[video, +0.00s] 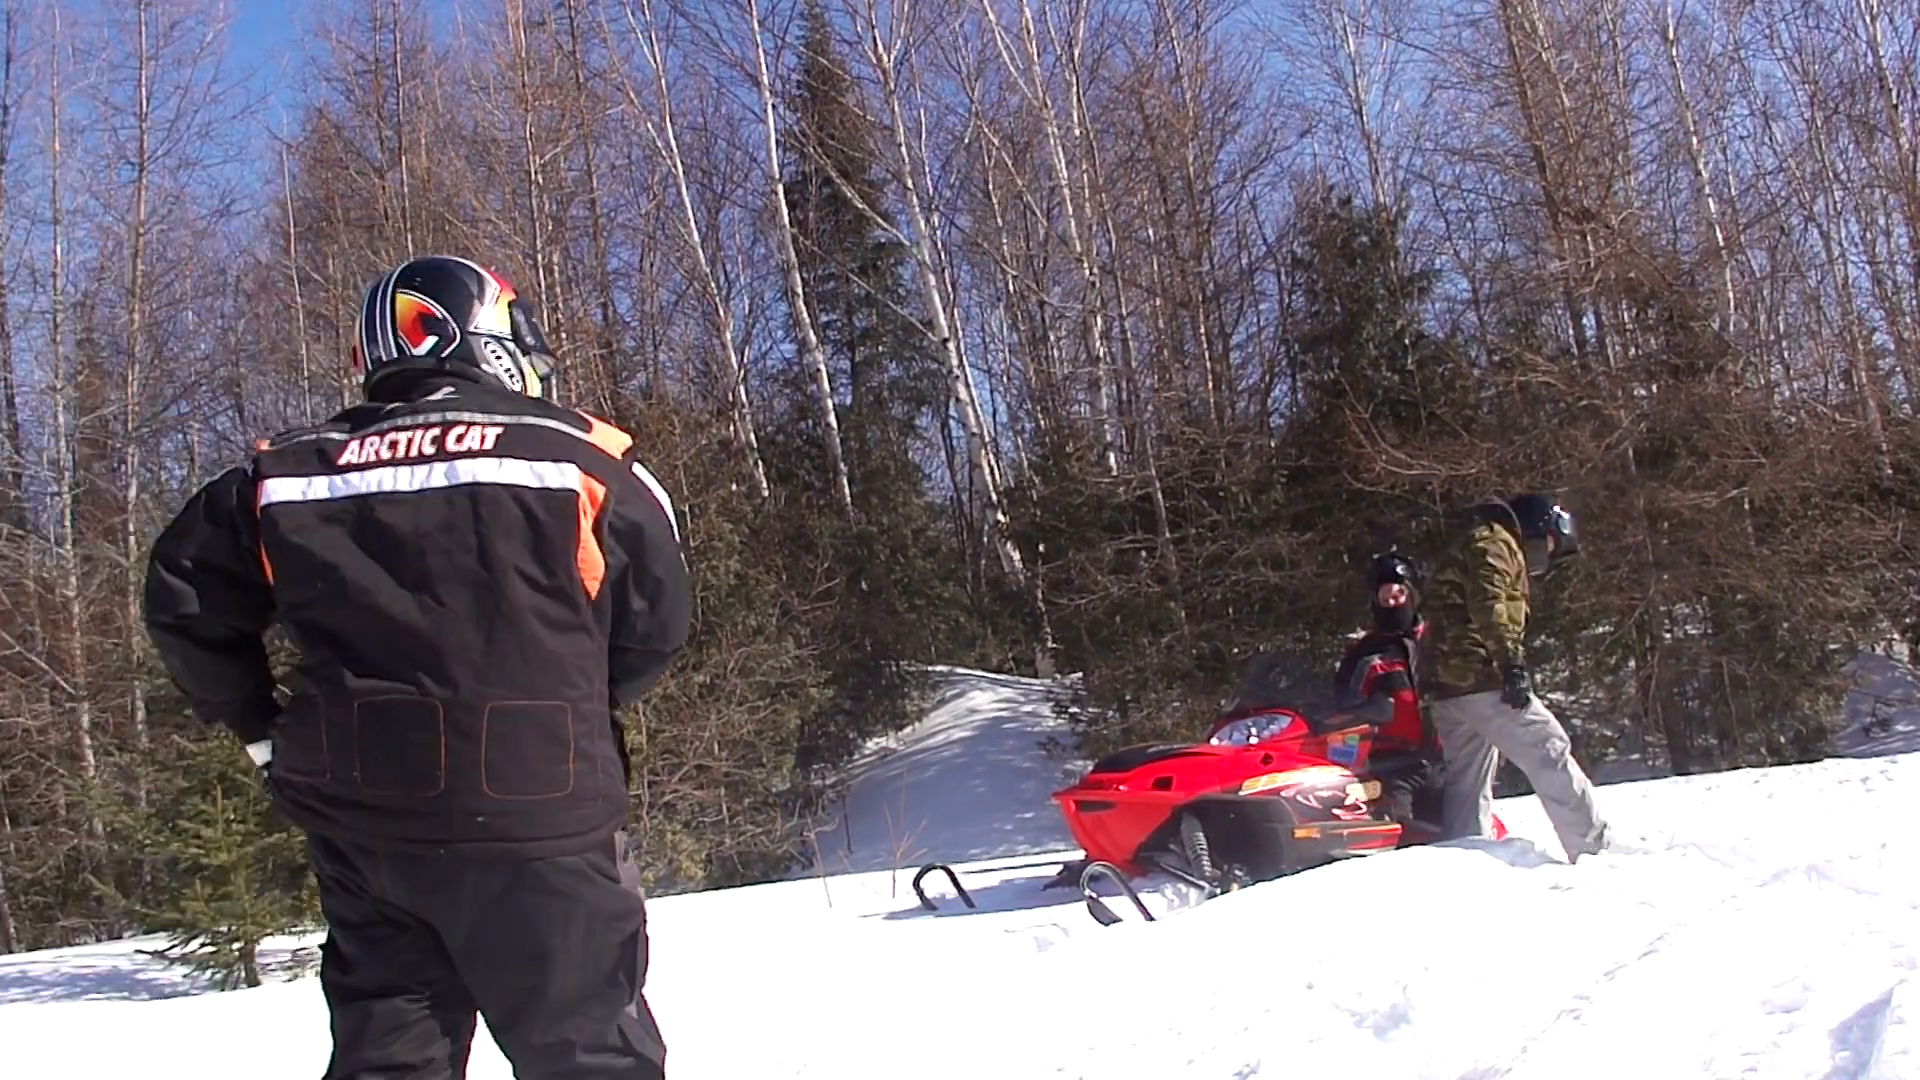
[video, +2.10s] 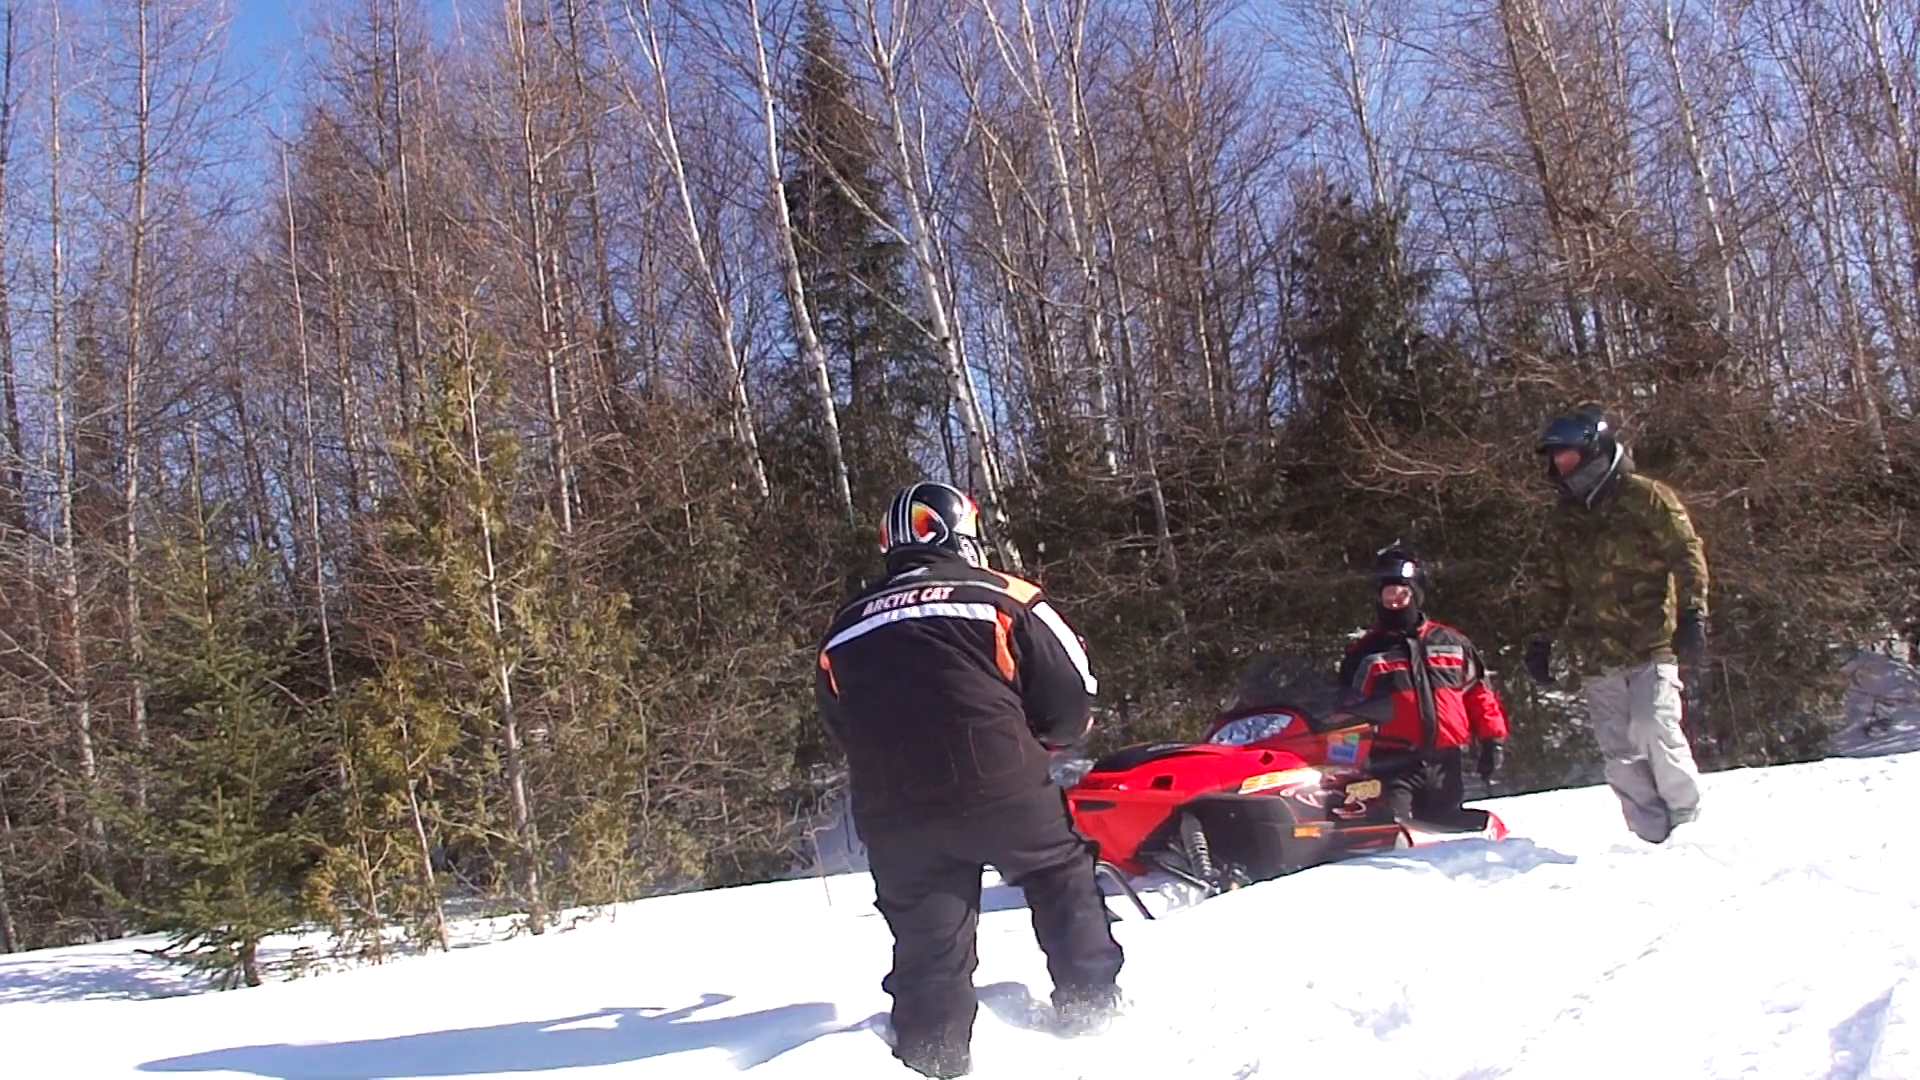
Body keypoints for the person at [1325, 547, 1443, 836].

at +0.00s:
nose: (1393, 603)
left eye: (1400, 595)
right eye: (1385, 596)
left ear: (1415, 597)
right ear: (1374, 601)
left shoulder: (1436, 643)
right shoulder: (1363, 652)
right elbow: (1343, 705)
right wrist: (1372, 708)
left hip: (1442, 760)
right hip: (1389, 765)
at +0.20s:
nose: (1395, 602)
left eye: (1402, 593)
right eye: (1387, 595)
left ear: (1416, 596)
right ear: (1376, 600)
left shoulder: (1447, 642)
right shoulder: (1363, 654)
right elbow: (1344, 714)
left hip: (1450, 764)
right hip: (1392, 767)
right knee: (1391, 834)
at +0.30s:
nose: (1396, 602)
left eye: (1403, 593)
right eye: (1389, 594)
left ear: (1416, 595)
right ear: (1377, 599)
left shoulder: (1452, 643)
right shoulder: (1365, 654)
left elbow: (1464, 698)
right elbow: (1346, 714)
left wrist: (1473, 741)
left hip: (1449, 766)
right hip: (1395, 769)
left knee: (1444, 828)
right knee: (1393, 830)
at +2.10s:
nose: (1394, 604)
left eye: (1401, 595)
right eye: (1388, 596)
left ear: (1418, 595)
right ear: (1378, 598)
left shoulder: (1454, 644)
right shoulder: (1363, 654)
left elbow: (1479, 693)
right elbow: (1345, 712)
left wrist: (1492, 739)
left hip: (1445, 764)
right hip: (1392, 766)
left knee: (1444, 828)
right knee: (1392, 829)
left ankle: (1488, 825)